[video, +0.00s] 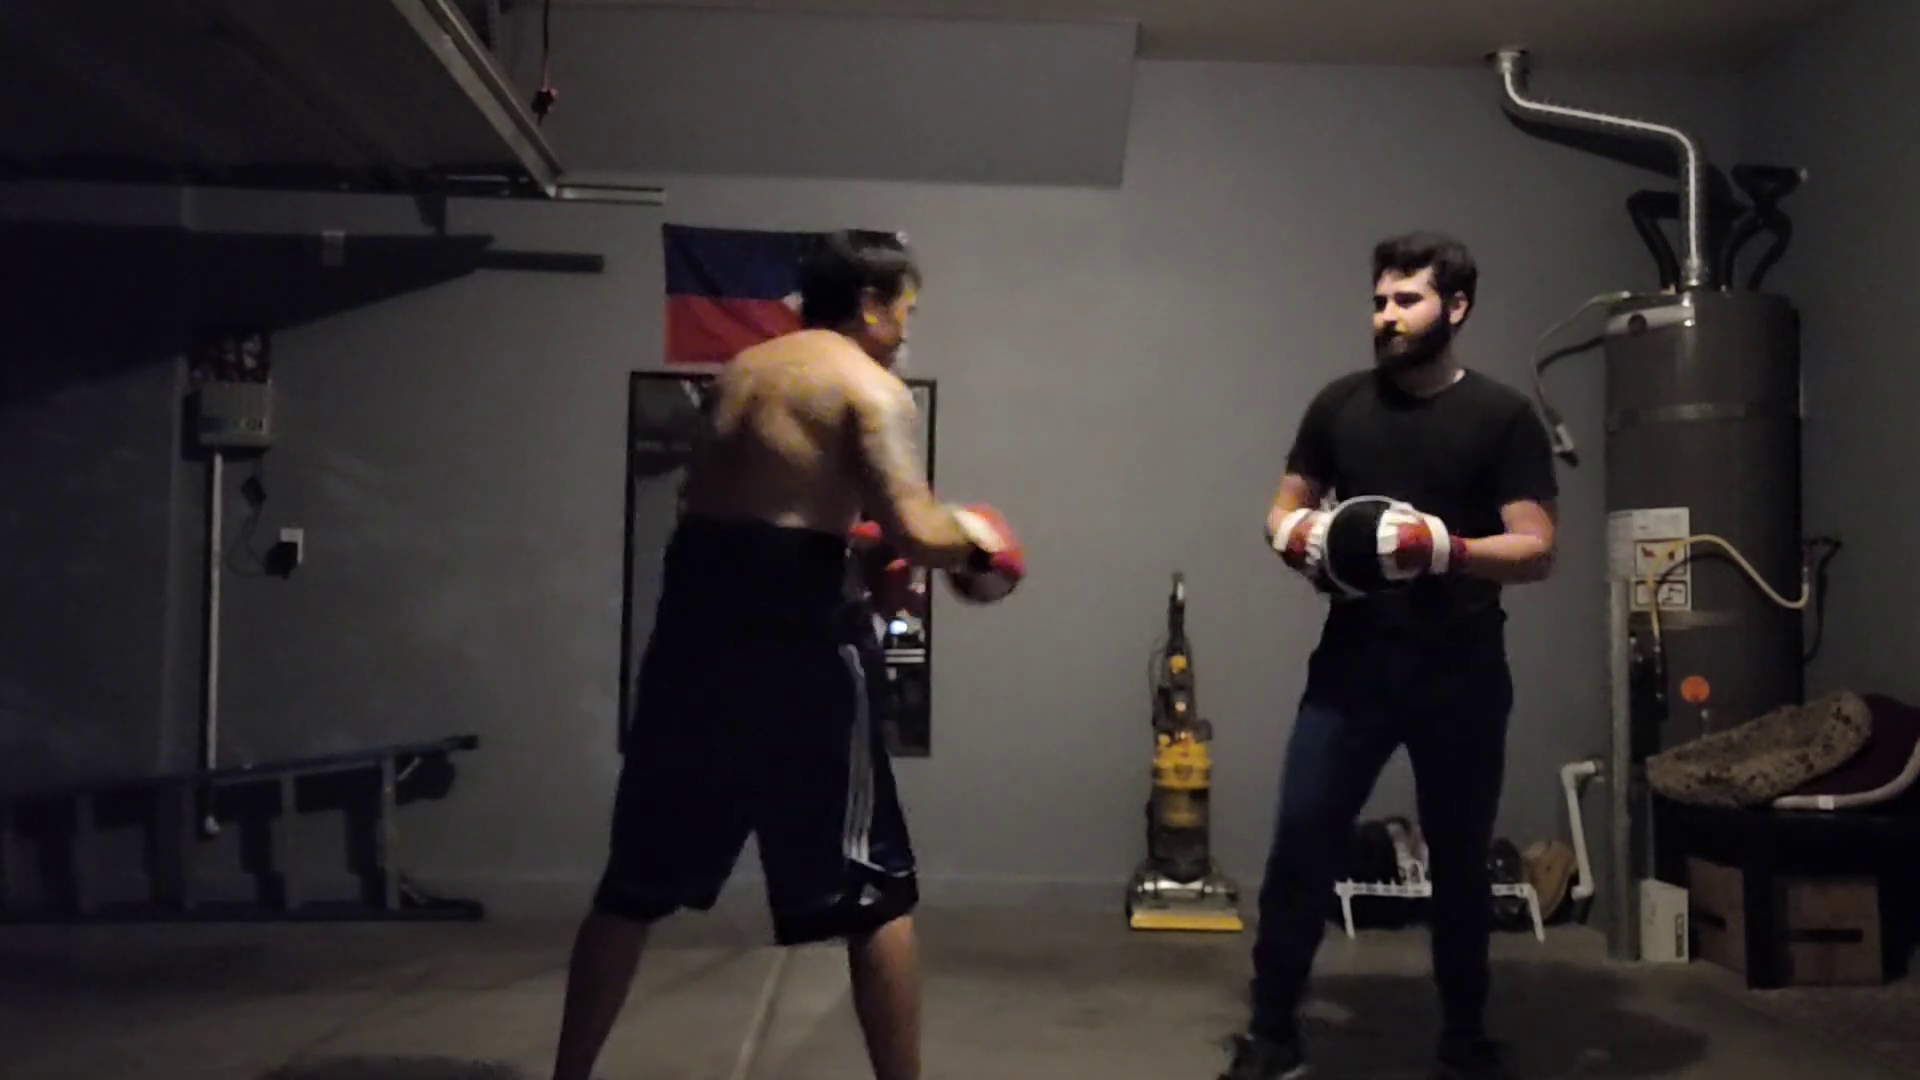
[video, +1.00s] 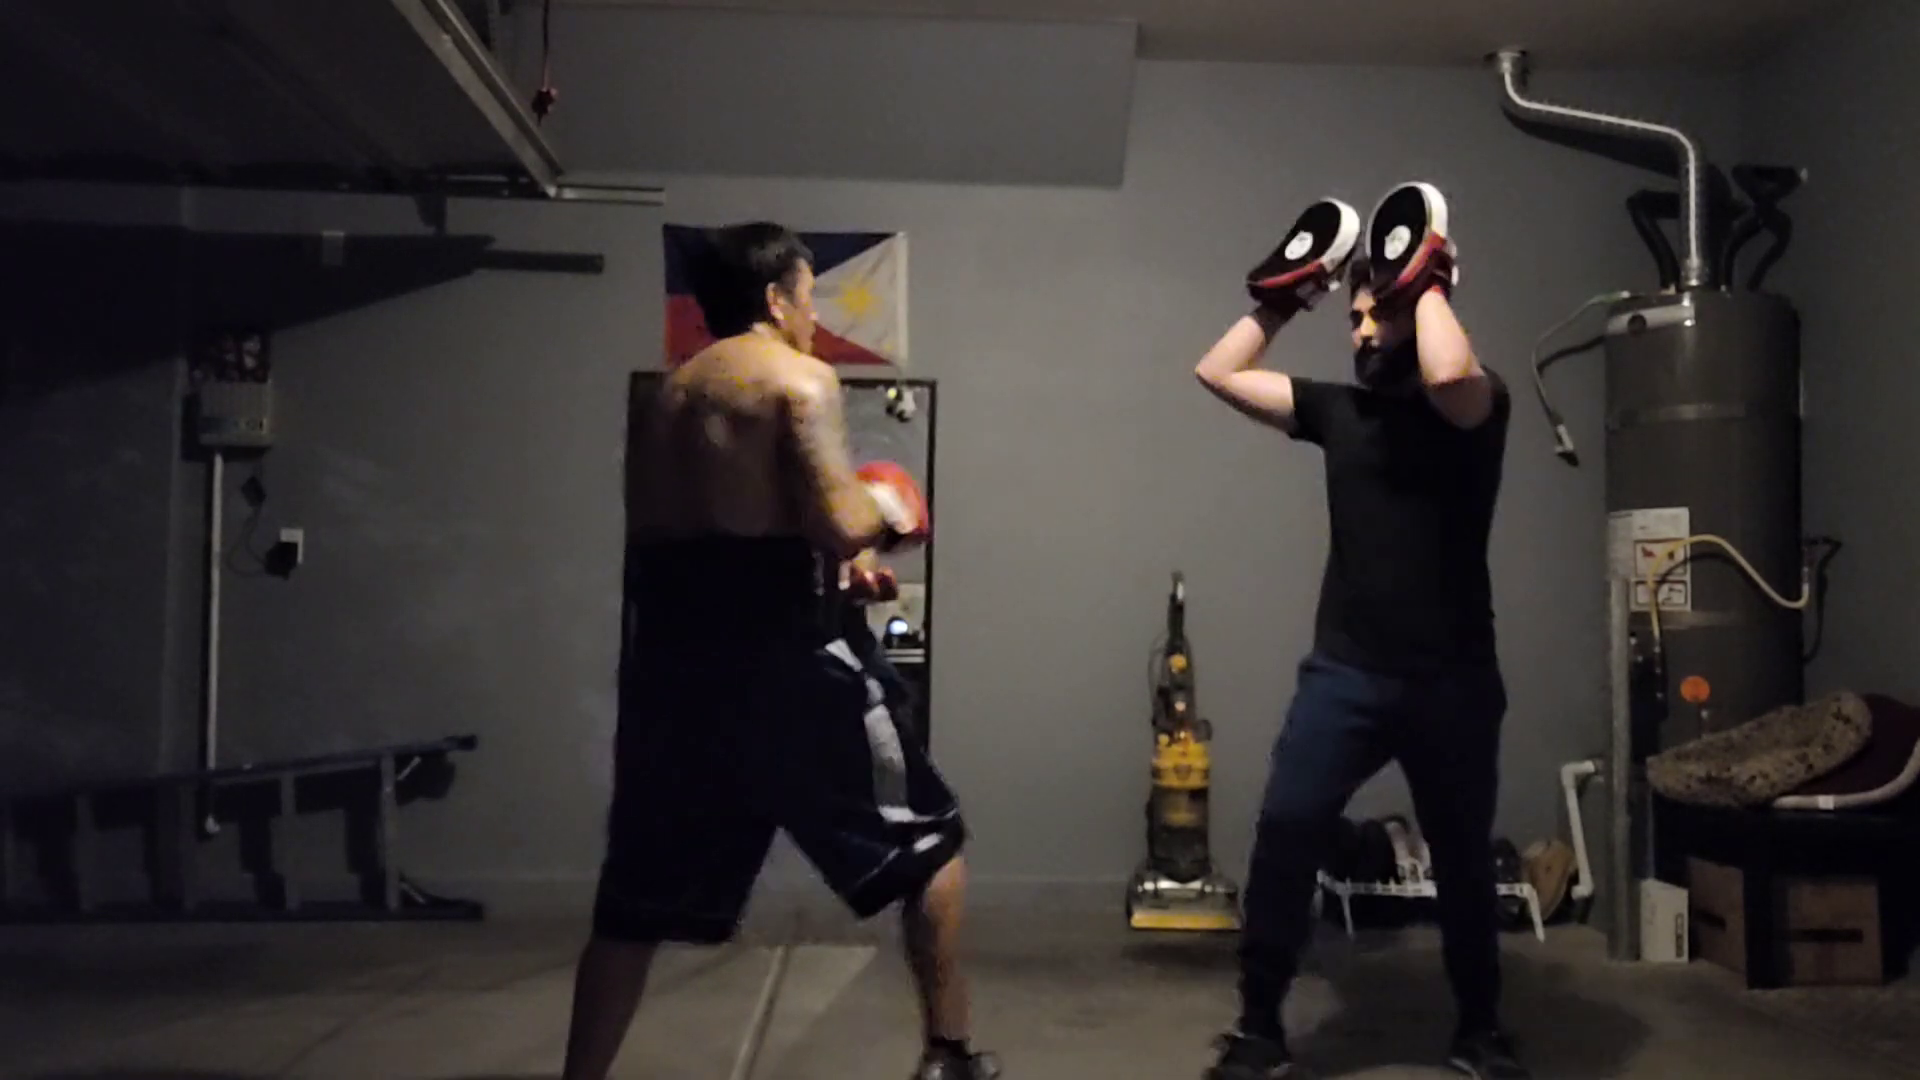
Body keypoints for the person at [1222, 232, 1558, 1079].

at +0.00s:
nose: (1387, 313)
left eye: (1407, 299)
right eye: (1380, 300)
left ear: (1457, 307)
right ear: (1374, 309)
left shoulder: (1504, 414)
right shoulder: (1339, 407)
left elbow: (1535, 543)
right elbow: (1285, 515)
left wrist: (1446, 549)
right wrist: (1302, 540)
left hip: (1460, 671)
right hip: (1354, 663)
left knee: (1459, 864)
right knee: (1299, 842)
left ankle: (1464, 1039)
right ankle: (1273, 1033)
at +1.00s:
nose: (1364, 328)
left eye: (1381, 311)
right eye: (1354, 315)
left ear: (1420, 316)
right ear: (1346, 325)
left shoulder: (1473, 402)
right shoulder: (1337, 407)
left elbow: (1450, 374)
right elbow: (1219, 372)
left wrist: (1426, 282)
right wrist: (1279, 297)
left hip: (1451, 676)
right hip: (1345, 671)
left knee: (1463, 862)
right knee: (1284, 829)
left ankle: (1478, 1032)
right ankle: (1259, 1028)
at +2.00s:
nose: (1317, 345)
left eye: (1333, 330)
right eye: (1304, 332)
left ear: (1365, 335)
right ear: (1290, 340)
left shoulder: (1407, 412)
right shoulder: (1271, 416)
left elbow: (1391, 424)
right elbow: (1156, 411)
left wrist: (1371, 332)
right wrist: (1204, 335)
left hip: (1380, 676)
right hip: (1281, 670)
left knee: (1383, 855)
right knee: (1230, 842)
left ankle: (1396, 1011)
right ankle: (1180, 1016)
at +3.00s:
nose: (1264, 354)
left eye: (1279, 339)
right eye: (1255, 340)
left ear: (1320, 341)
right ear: (1248, 350)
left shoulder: (1374, 415)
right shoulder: (1236, 427)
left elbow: (1366, 445)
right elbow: (1127, 440)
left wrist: (1339, 346)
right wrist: (1157, 359)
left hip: (1350, 679)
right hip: (1251, 677)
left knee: (1370, 853)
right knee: (1201, 845)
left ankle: (1396, 1009)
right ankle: (1149, 1012)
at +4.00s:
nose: (1239, 357)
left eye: (1255, 342)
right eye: (1231, 346)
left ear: (1300, 346)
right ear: (1220, 353)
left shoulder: (1337, 416)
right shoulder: (1216, 431)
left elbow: (1289, 438)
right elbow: (1117, 447)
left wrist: (1232, 362)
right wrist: (1135, 361)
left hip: (1326, 681)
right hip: (1229, 681)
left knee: (1363, 848)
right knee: (1177, 827)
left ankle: (1401, 1009)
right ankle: (1150, 1012)